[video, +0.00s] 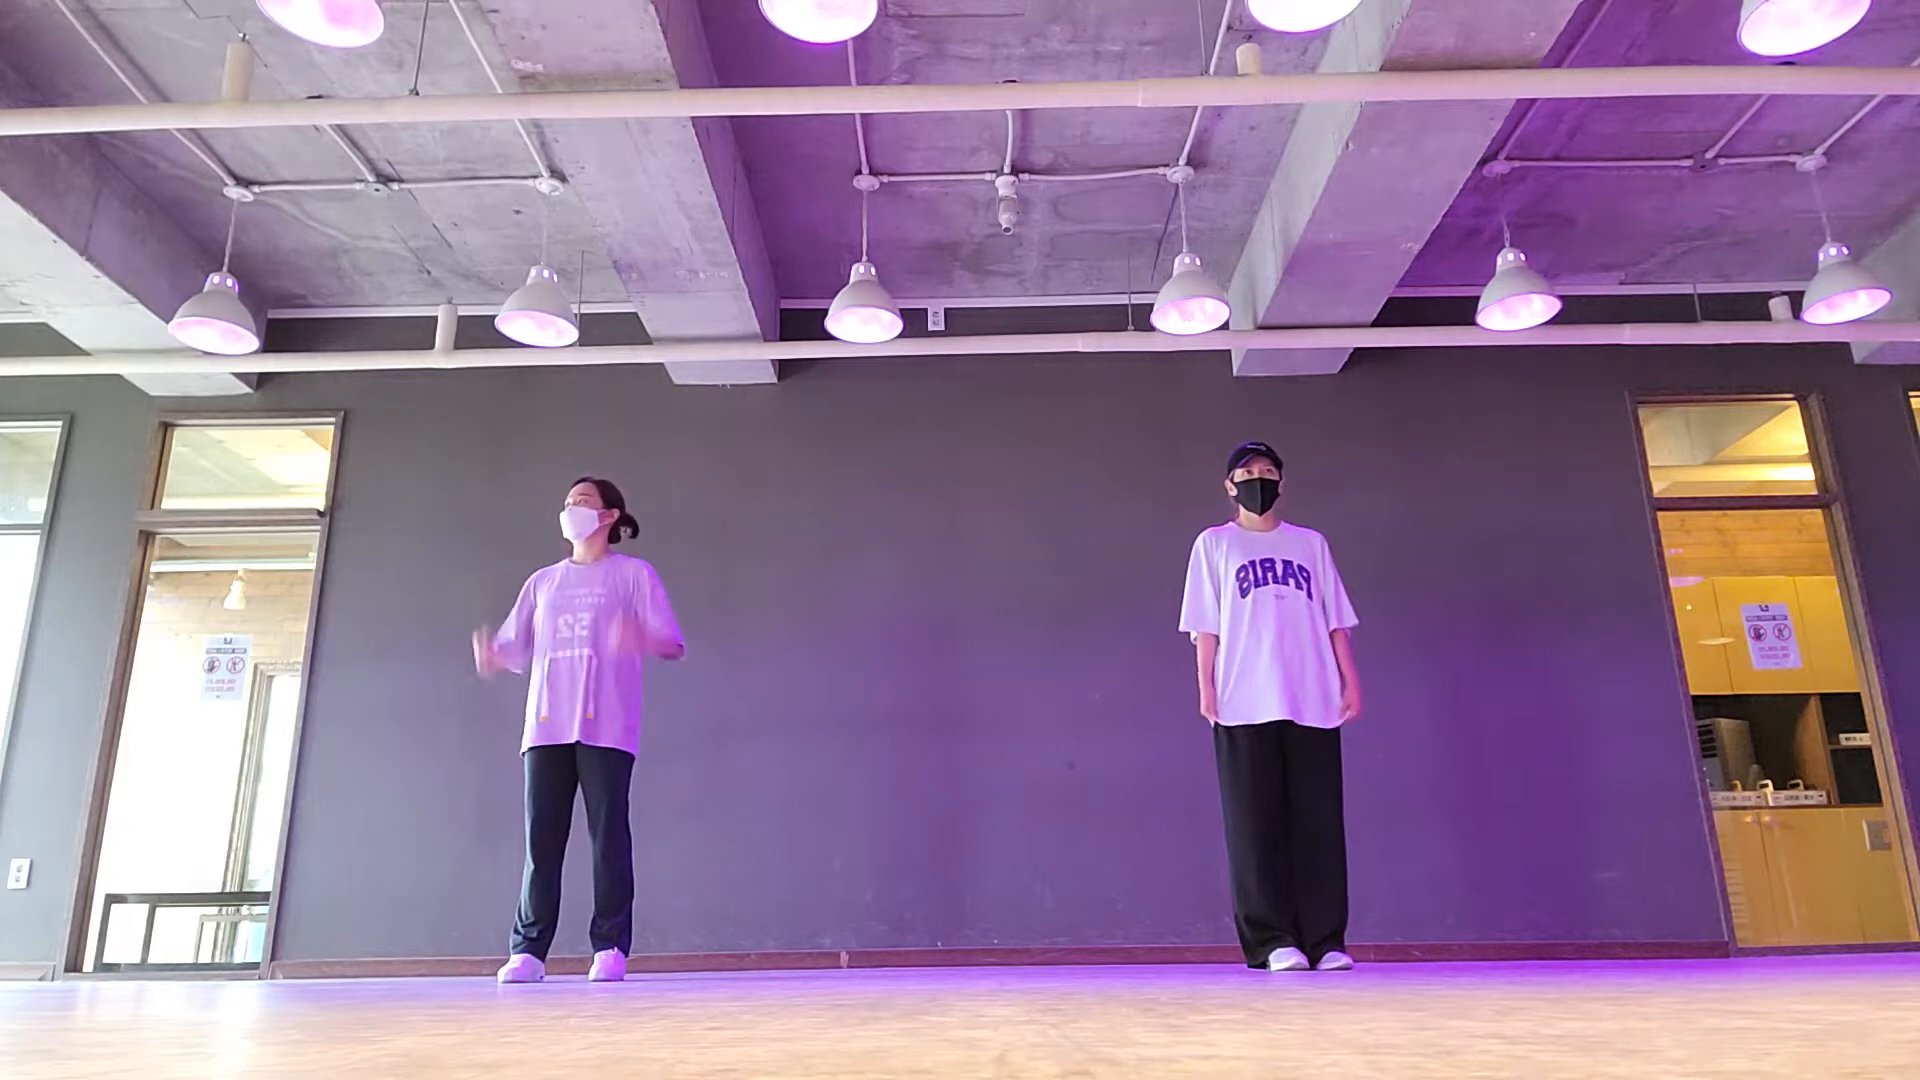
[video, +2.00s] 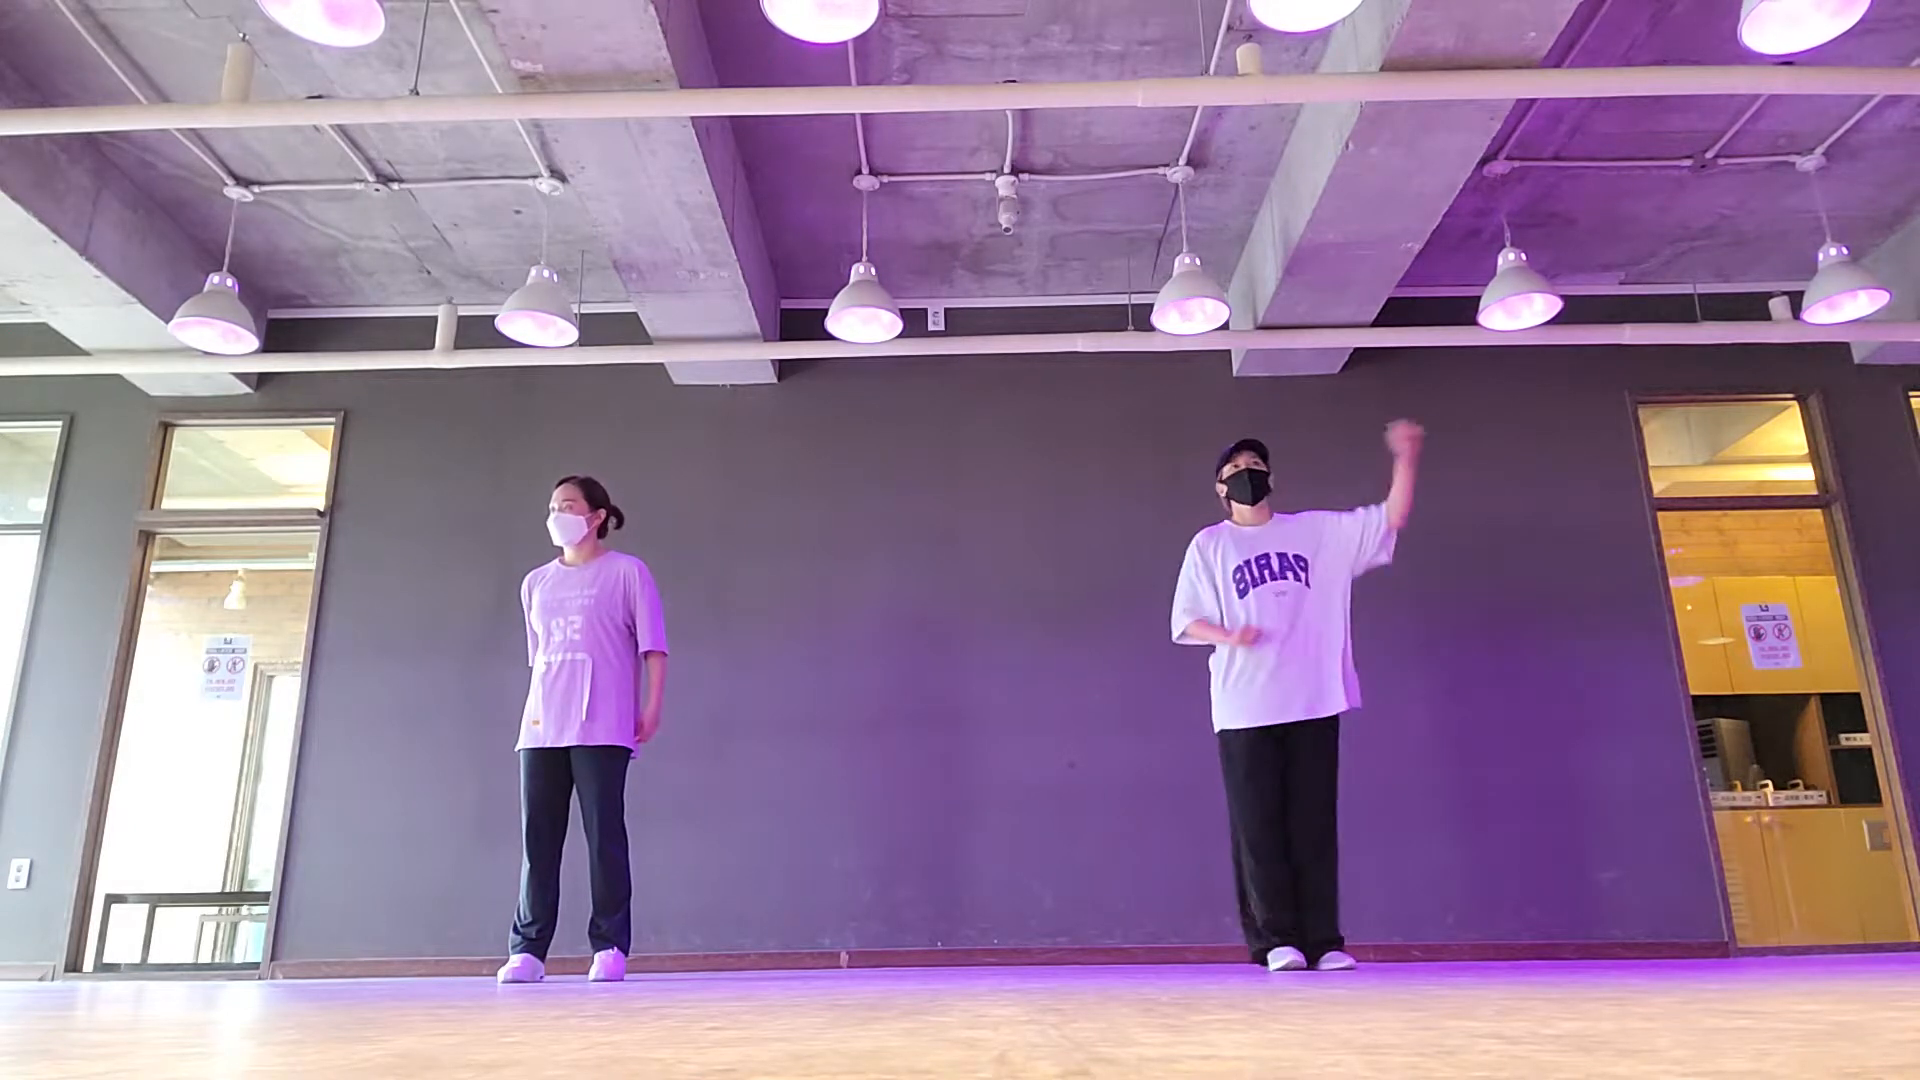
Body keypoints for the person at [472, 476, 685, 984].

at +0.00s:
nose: (573, 510)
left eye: (585, 503)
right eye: (569, 503)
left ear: (611, 518)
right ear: (561, 518)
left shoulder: (636, 576)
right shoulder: (540, 582)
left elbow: (674, 645)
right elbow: (518, 652)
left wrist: (639, 636)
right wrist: (494, 655)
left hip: (607, 725)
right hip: (546, 725)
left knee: (608, 840)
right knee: (541, 841)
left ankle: (610, 949)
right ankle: (527, 952)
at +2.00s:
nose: (556, 515)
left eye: (568, 508)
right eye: (553, 508)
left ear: (597, 518)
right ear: (547, 520)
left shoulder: (628, 572)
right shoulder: (535, 582)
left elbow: (654, 648)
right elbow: (538, 660)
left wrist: (650, 712)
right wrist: (534, 718)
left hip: (602, 721)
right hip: (542, 724)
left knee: (604, 838)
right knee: (538, 840)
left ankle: (609, 948)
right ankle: (527, 950)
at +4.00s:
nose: (578, 514)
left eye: (589, 508)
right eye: (569, 508)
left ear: (604, 528)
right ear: (554, 526)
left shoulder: (628, 584)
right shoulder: (526, 584)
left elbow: (636, 664)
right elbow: (520, 662)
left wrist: (599, 707)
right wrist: (554, 698)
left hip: (595, 727)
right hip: (535, 727)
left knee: (600, 836)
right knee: (533, 840)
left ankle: (616, 949)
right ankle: (526, 951)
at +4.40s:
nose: (606, 514)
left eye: (618, 509)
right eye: (598, 509)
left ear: (635, 526)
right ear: (586, 527)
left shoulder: (659, 582)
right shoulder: (561, 586)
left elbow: (679, 656)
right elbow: (544, 667)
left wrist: (679, 717)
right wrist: (533, 731)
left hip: (631, 727)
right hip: (568, 728)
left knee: (626, 840)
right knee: (551, 838)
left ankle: (620, 948)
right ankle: (529, 950)